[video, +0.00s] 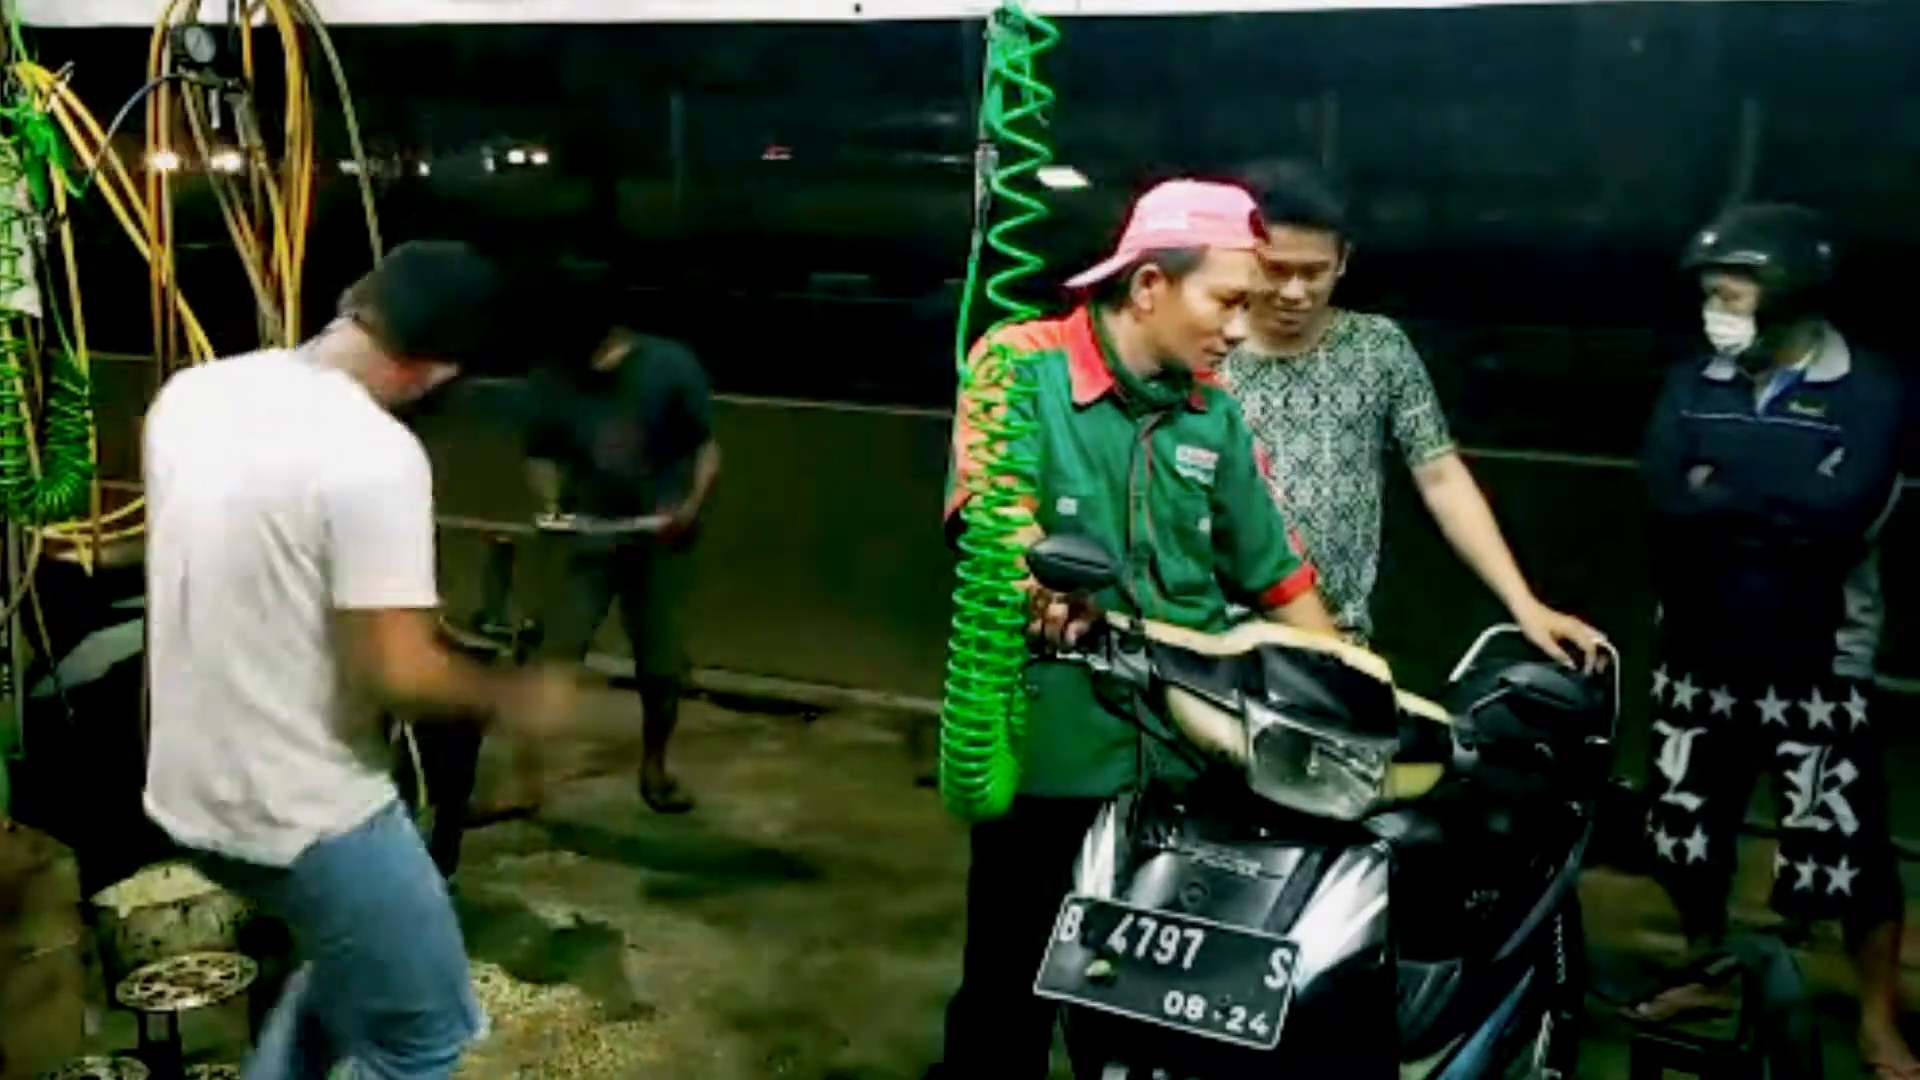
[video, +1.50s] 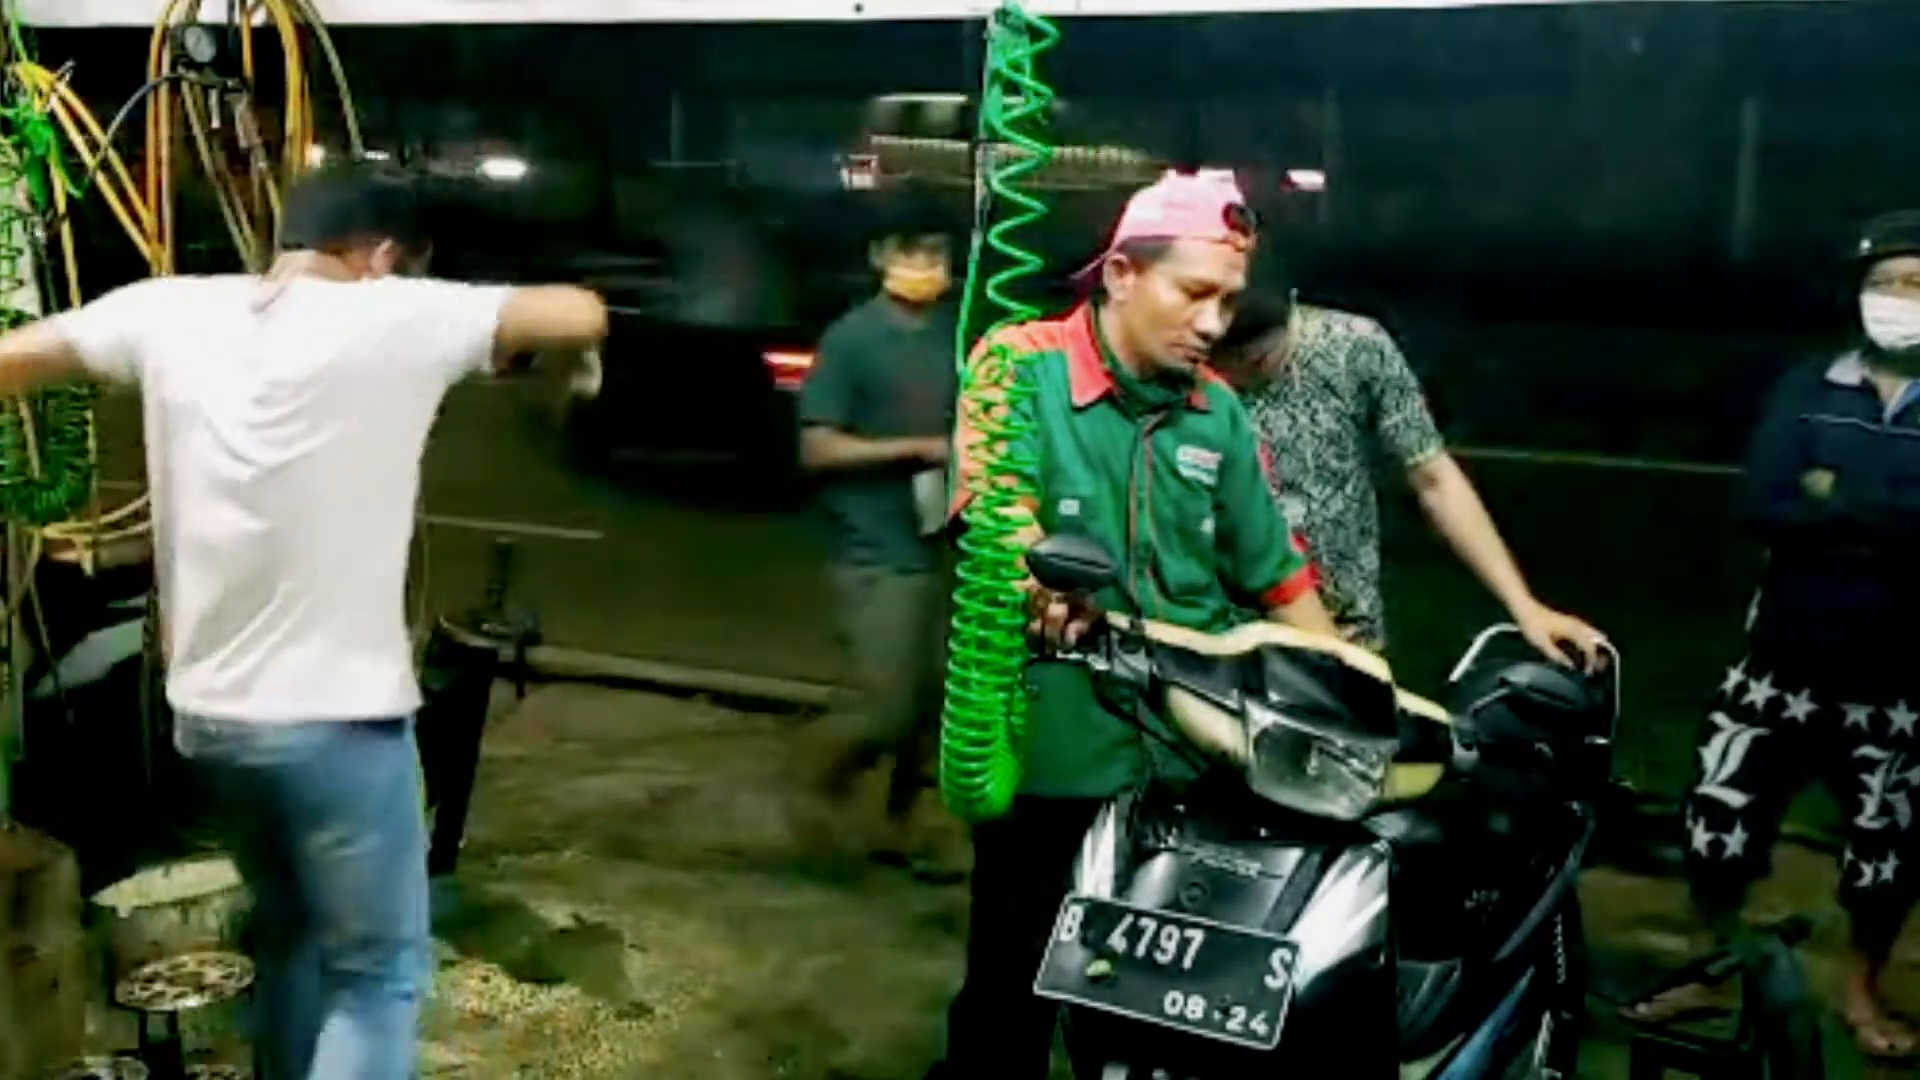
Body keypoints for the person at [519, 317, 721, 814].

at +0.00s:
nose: (595, 356)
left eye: (599, 346)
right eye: (584, 350)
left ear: (616, 330)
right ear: (568, 342)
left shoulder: (669, 369)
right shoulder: (554, 379)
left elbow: (707, 448)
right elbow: (540, 454)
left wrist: (687, 509)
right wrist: (549, 506)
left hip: (656, 541)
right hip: (585, 540)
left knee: (662, 666)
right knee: (555, 656)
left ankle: (655, 770)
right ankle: (527, 783)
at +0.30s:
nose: (657, 322)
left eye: (665, 309)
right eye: (646, 312)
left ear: (681, 301)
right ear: (629, 306)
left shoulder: (716, 351)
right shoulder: (605, 357)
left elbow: (741, 421)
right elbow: (563, 441)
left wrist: (772, 455)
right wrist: (558, 521)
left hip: (699, 528)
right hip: (629, 528)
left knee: (690, 657)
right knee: (644, 656)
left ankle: (653, 770)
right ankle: (650, 781)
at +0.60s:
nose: (703, 339)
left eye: (710, 326)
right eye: (689, 331)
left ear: (725, 312)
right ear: (666, 321)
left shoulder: (752, 352)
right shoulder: (636, 373)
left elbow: (773, 422)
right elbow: (608, 461)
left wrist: (772, 475)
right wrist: (682, 505)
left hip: (726, 530)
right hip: (653, 535)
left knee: (700, 659)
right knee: (704, 658)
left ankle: (658, 763)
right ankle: (720, 804)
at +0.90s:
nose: (768, 306)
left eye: (773, 292)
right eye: (754, 294)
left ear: (784, 289)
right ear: (720, 289)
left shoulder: (794, 340)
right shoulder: (687, 354)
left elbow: (808, 424)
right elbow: (654, 451)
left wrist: (804, 471)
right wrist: (750, 467)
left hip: (774, 541)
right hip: (705, 544)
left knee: (803, 671)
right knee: (719, 684)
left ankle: (789, 804)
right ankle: (719, 807)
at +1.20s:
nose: (843, 287)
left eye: (853, 276)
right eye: (830, 275)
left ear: (868, 283)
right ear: (803, 279)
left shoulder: (870, 344)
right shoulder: (769, 351)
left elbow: (864, 429)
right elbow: (733, 455)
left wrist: (879, 471)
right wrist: (836, 464)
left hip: (850, 553)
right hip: (772, 553)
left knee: (875, 686)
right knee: (753, 687)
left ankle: (888, 824)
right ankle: (722, 798)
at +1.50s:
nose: (923, 268)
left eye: (934, 255)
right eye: (910, 253)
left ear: (951, 264)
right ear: (882, 257)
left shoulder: (951, 340)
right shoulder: (850, 339)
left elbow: (969, 424)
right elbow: (819, 445)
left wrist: (977, 459)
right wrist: (928, 448)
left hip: (947, 548)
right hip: (873, 547)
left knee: (931, 704)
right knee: (887, 704)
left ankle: (902, 827)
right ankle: (815, 780)